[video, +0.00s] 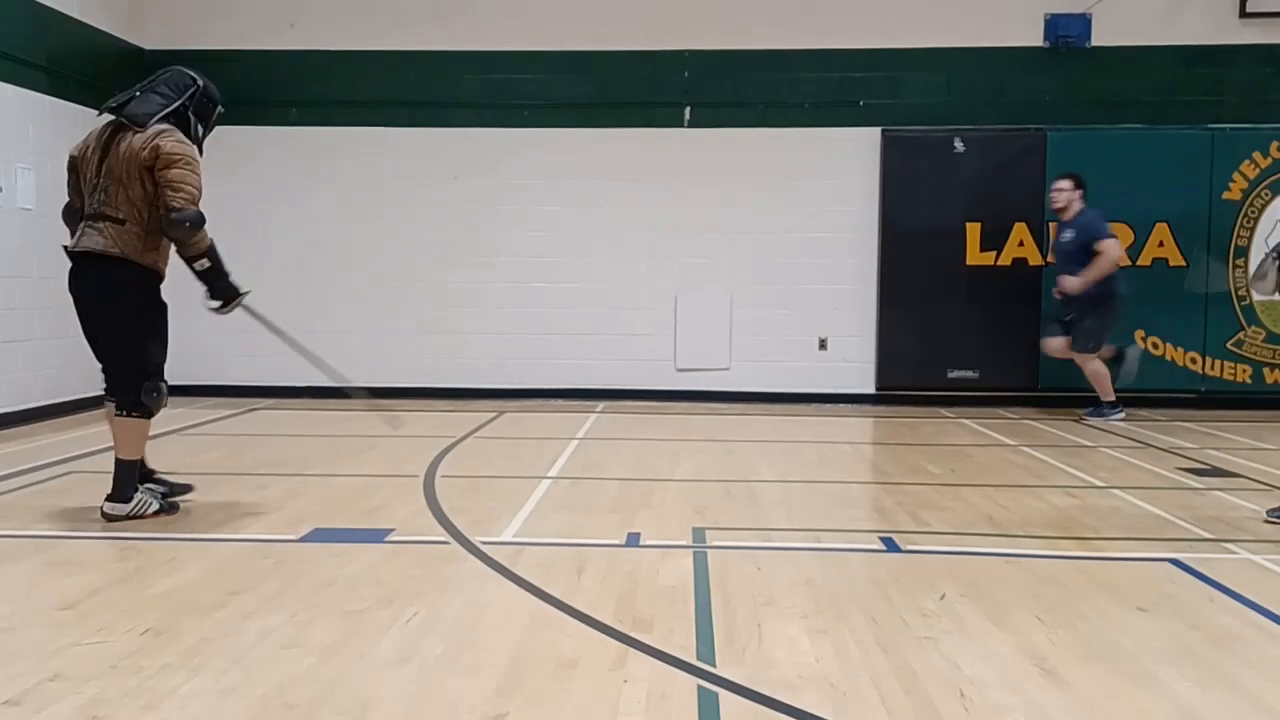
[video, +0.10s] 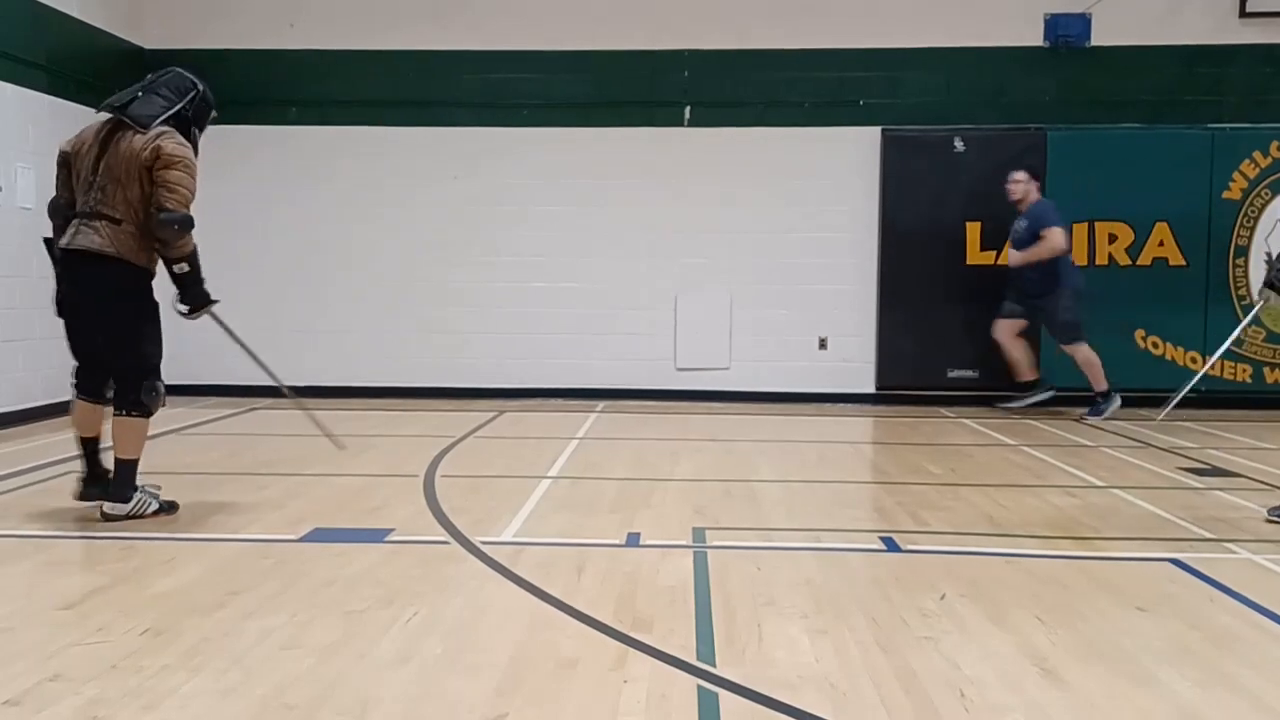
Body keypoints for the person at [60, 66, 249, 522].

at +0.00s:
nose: (204, 129)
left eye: (207, 120)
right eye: (204, 118)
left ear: (157, 95)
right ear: (188, 109)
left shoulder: (102, 134)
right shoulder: (172, 143)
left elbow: (76, 210)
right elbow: (183, 221)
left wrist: (98, 240)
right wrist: (216, 276)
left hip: (88, 271)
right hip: (128, 276)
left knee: (122, 376)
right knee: (140, 380)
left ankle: (137, 473)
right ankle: (124, 494)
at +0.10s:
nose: (198, 131)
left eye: (201, 123)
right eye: (199, 121)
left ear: (148, 98)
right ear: (185, 112)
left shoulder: (91, 135)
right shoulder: (171, 146)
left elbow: (62, 209)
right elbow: (170, 222)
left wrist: (70, 263)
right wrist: (190, 280)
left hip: (74, 269)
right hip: (122, 276)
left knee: (92, 371)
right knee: (140, 379)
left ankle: (93, 476)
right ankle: (124, 491)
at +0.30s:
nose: (175, 130)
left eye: (177, 122)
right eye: (175, 120)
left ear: (124, 97)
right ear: (162, 114)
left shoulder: (67, 138)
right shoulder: (153, 152)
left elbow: (36, 212)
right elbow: (160, 232)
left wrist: (42, 270)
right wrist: (168, 287)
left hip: (52, 279)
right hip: (108, 286)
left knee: (36, 372)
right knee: (140, 384)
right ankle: (125, 493)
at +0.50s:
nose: (132, 135)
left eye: (132, 125)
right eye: (131, 125)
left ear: (73, 110)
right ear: (119, 123)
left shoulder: (23, 155)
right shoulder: (113, 164)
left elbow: (1, 221)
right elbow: (130, 240)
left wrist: (12, 270)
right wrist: (147, 293)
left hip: (21, 307)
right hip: (78, 309)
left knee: (1, 383)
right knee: (141, 388)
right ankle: (126, 492)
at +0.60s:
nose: (100, 139)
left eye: (101, 128)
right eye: (99, 128)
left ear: (43, 116)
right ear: (85, 126)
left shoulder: (8, 162)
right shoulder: (80, 169)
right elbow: (105, 251)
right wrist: (132, 301)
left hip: (2, 312)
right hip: (51, 313)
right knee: (123, 392)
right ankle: (124, 493)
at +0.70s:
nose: (63, 125)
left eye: (62, 116)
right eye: (59, 117)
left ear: (14, 118)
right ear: (43, 121)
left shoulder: (8, 166)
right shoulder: (38, 172)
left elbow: (59, 247)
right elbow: (63, 247)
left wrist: (100, 289)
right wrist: (105, 294)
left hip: (5, 304)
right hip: (13, 306)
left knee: (66, 392)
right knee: (67, 394)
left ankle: (112, 490)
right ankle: (112, 491)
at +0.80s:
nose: (33, 110)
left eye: (30, 101)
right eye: (29, 102)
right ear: (17, 107)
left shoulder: (6, 154)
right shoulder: (8, 156)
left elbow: (27, 234)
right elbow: (30, 233)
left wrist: (85, 278)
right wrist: (89, 282)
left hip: (2, 297)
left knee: (31, 385)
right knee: (33, 386)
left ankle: (68, 484)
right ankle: (68, 487)